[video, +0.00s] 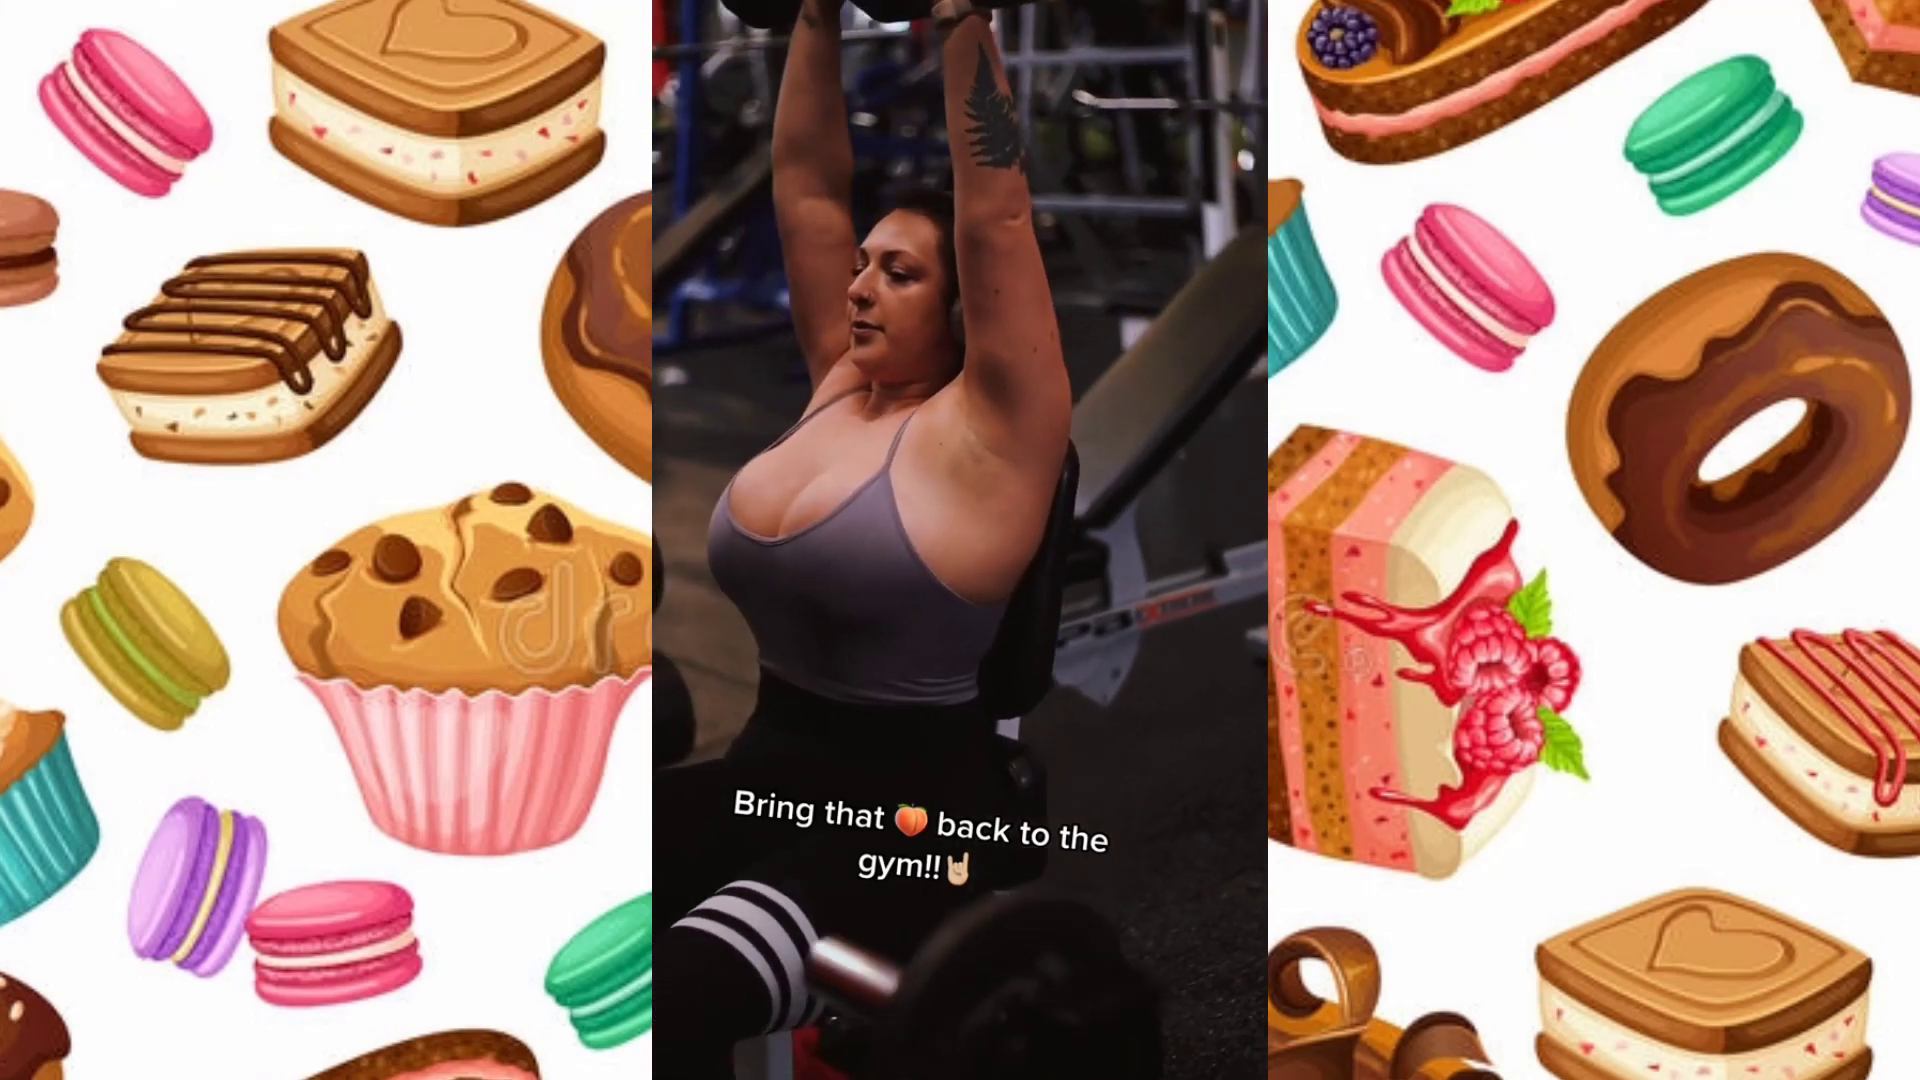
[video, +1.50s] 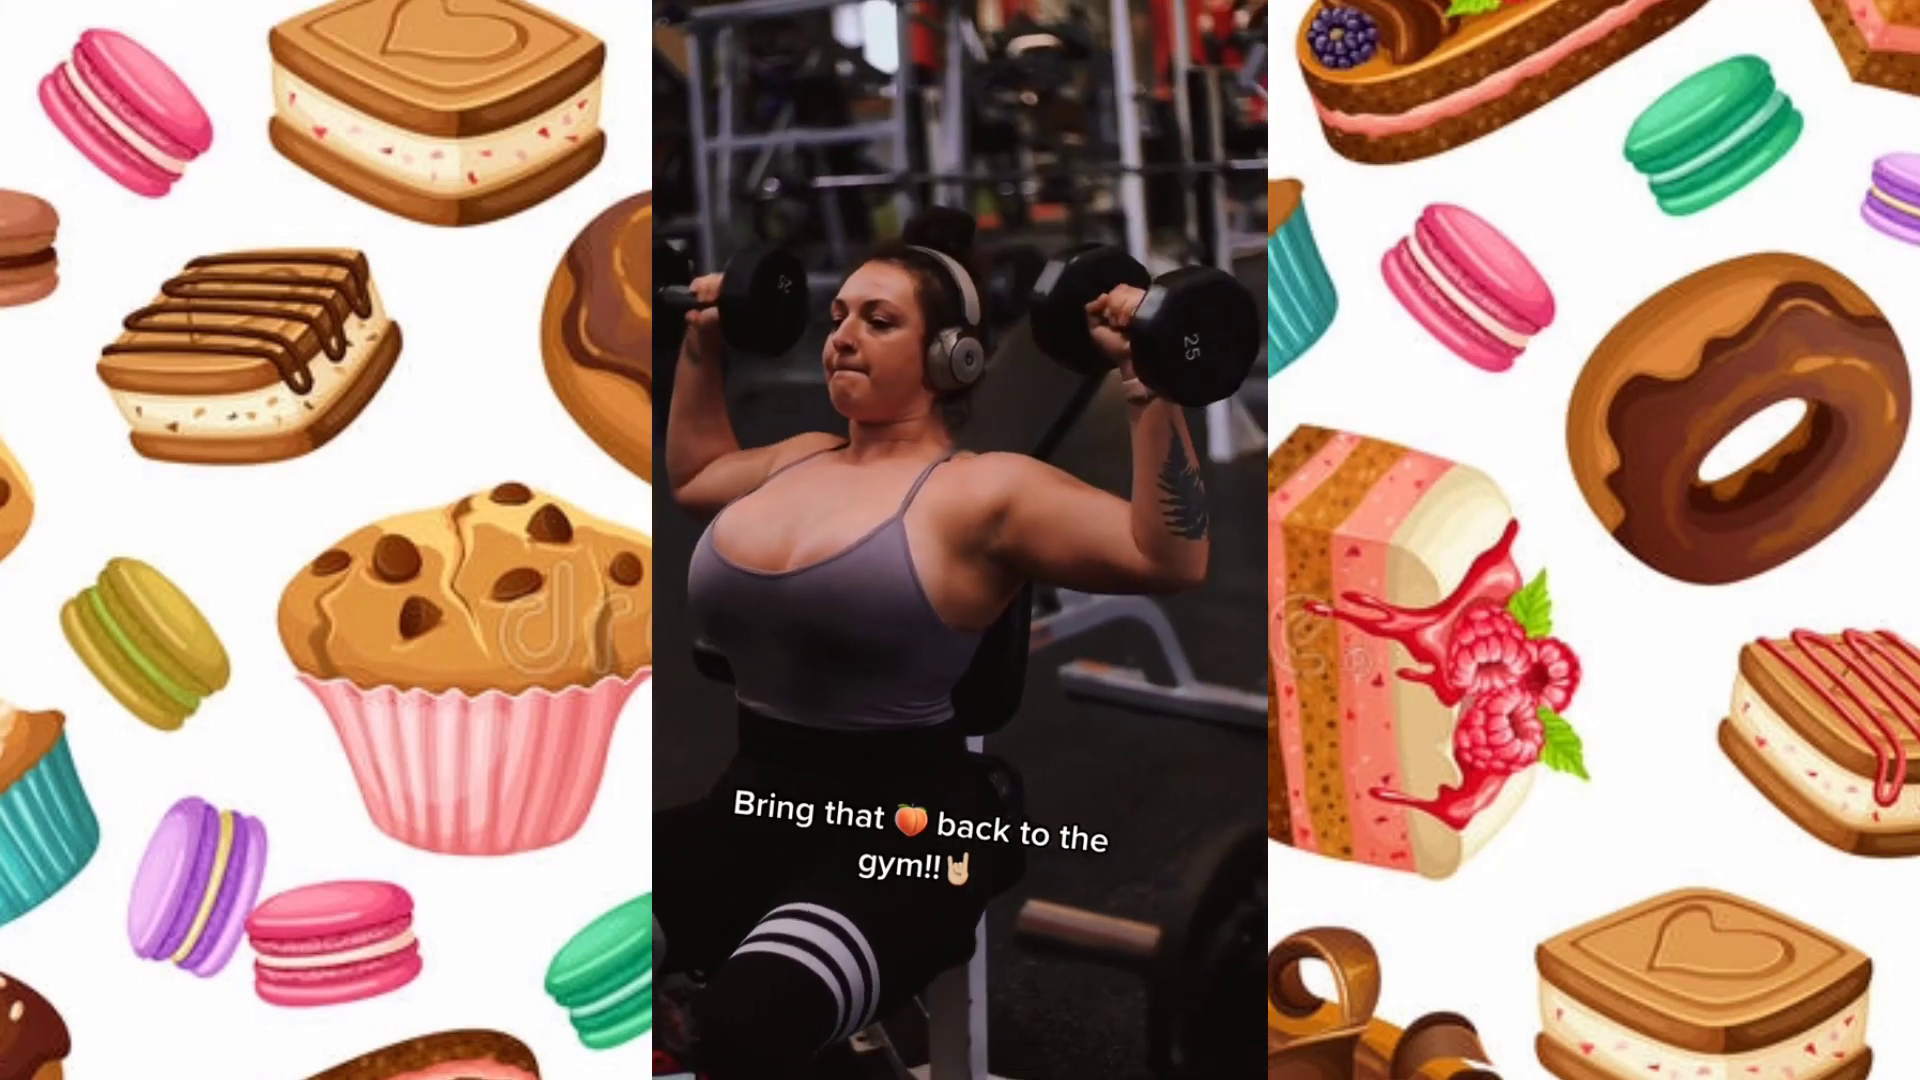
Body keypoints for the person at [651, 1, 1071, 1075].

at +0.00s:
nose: (862, 287)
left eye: (899, 272)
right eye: (863, 265)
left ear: (961, 307)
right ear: (848, 284)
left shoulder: (998, 421)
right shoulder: (841, 383)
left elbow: (998, 215)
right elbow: (809, 185)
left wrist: (962, 21)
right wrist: (816, 9)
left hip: (905, 822)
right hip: (766, 785)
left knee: (663, 998)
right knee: (561, 865)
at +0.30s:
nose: (855, 296)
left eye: (891, 280)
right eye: (855, 274)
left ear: (951, 311)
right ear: (841, 292)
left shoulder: (991, 431)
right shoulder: (830, 396)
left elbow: (1003, 232)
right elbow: (791, 197)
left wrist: (968, 37)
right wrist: (796, 17)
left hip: (892, 831)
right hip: (757, 796)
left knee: (668, 1025)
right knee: (555, 899)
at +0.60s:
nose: (848, 308)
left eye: (886, 292)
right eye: (849, 285)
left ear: (955, 324)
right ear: (836, 299)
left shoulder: (993, 447)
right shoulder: (824, 403)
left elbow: (1039, 262)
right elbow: (754, 232)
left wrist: (1014, 61)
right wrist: (768, 54)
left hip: (902, 840)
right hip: (758, 812)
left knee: (701, 1034)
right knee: (545, 906)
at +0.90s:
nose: (842, 329)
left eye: (879, 312)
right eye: (839, 310)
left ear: (954, 350)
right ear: (825, 330)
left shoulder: (986, 480)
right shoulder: (804, 431)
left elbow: (1108, 343)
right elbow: (706, 307)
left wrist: (1061, 143)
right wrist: (730, 154)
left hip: (903, 847)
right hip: (755, 826)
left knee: (720, 1044)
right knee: (554, 931)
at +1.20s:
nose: (837, 340)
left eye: (874, 324)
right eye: (833, 322)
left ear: (949, 362)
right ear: (821, 340)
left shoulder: (982, 494)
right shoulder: (799, 450)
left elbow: (1160, 460)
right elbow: (689, 396)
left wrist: (1122, 269)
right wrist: (713, 252)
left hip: (905, 852)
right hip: (757, 831)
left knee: (734, 1039)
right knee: (543, 929)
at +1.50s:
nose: (843, 337)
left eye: (879, 320)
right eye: (839, 316)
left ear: (948, 356)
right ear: (824, 335)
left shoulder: (985, 490)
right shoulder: (804, 456)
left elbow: (1172, 558)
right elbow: (692, 472)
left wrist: (1151, 381)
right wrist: (701, 347)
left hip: (903, 831)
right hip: (759, 811)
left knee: (741, 1023)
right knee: (559, 907)